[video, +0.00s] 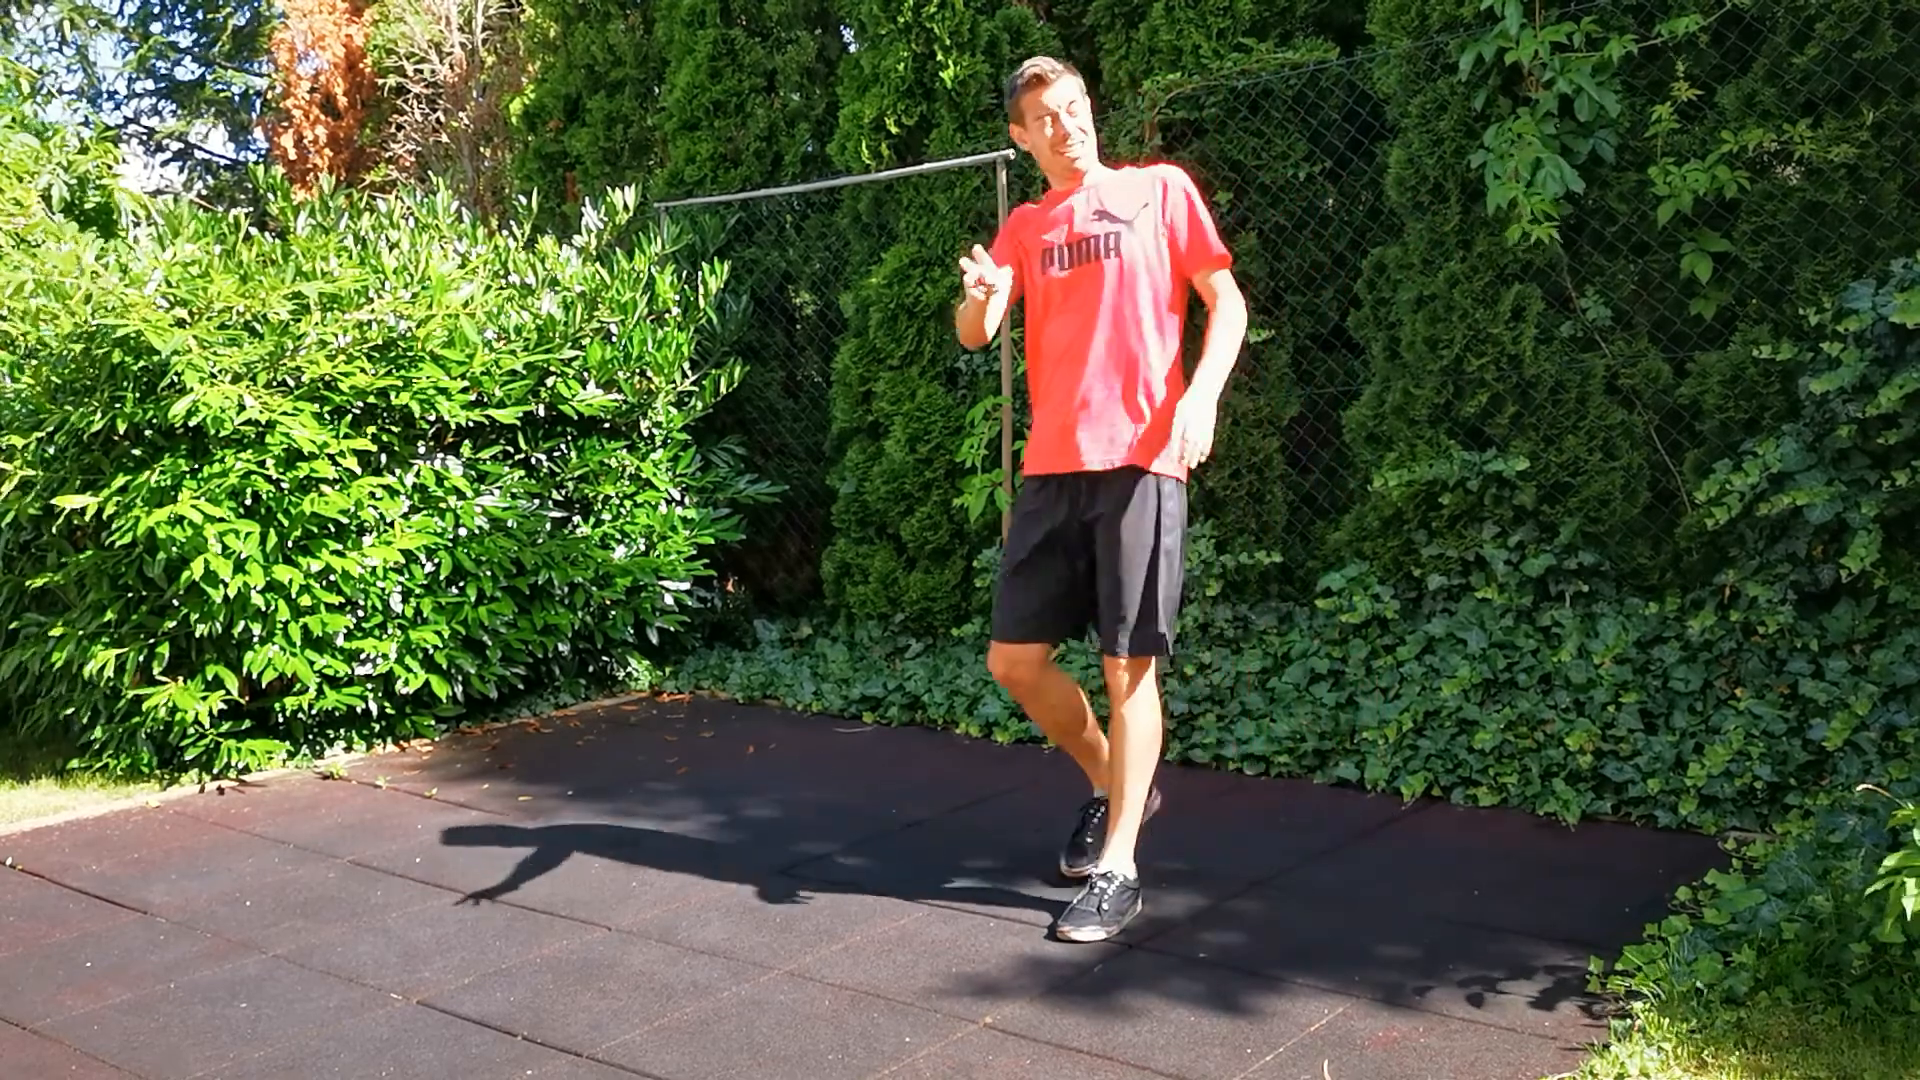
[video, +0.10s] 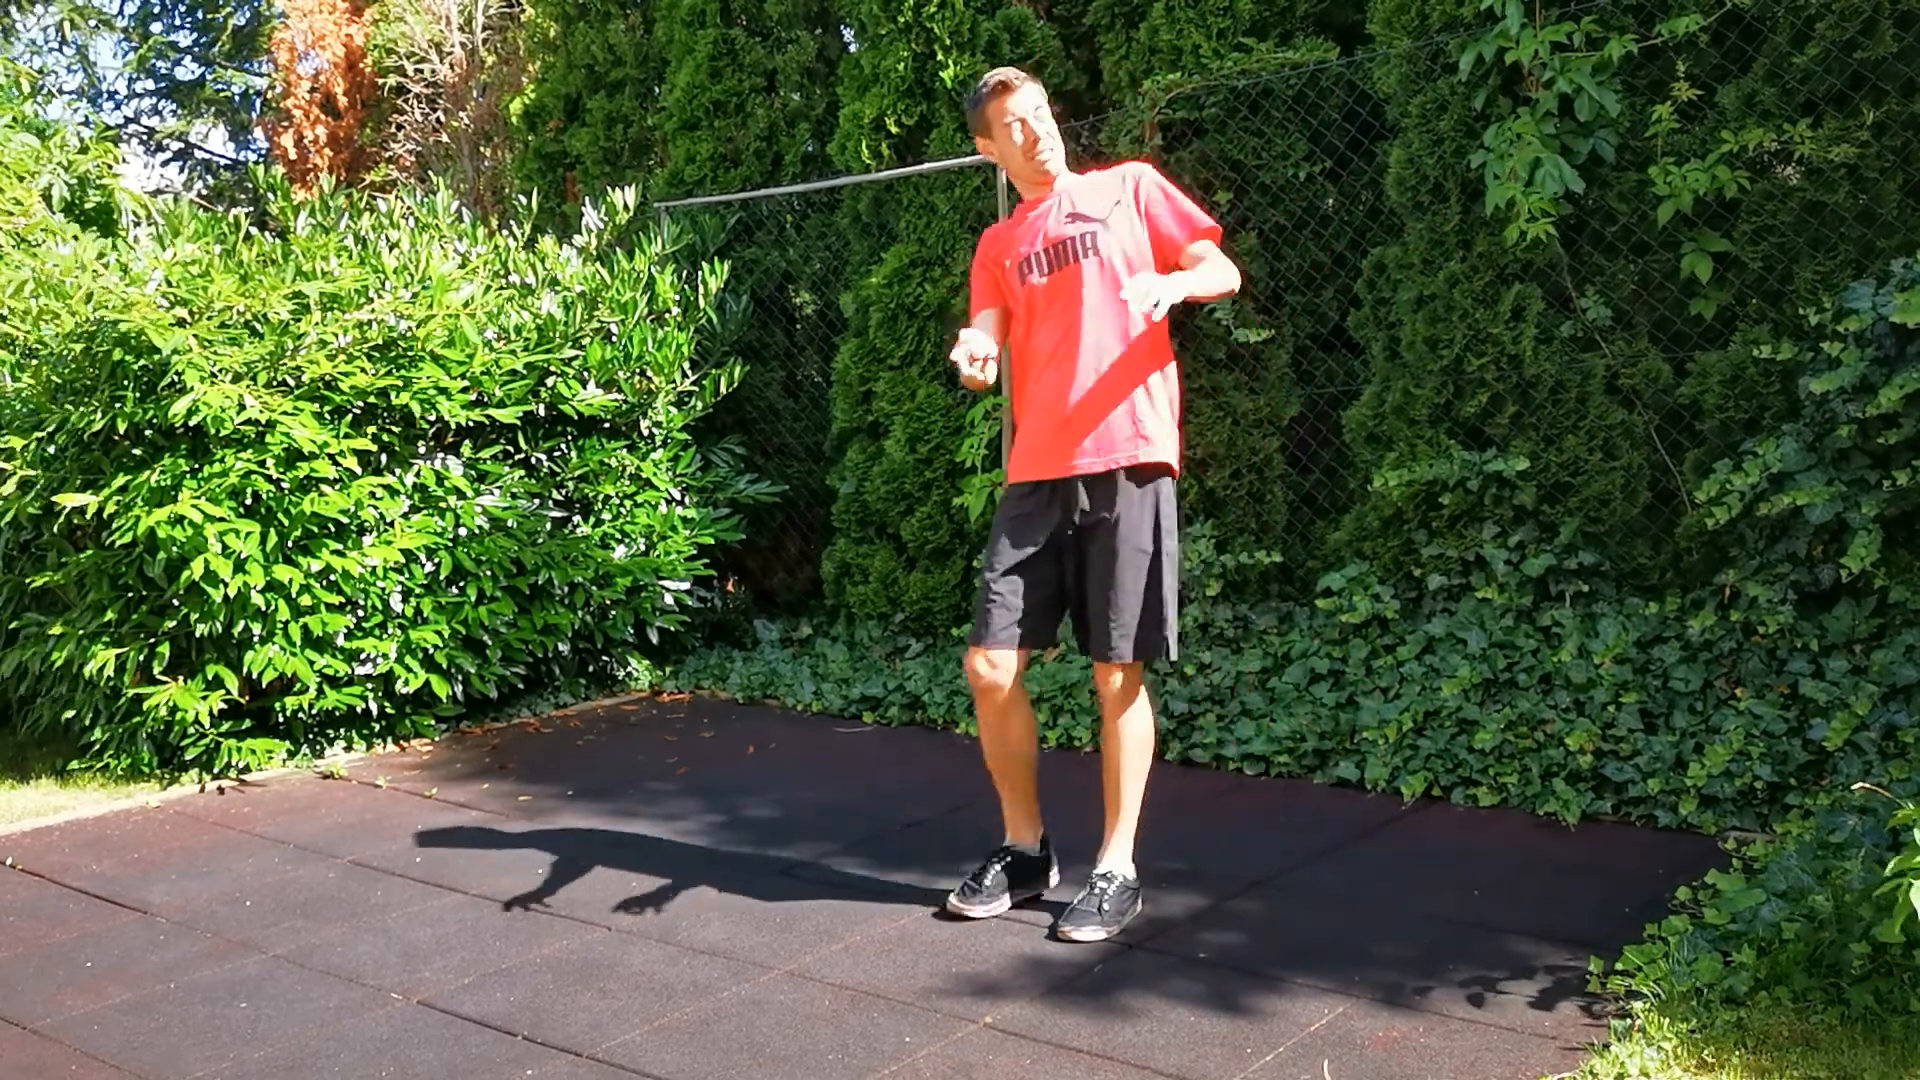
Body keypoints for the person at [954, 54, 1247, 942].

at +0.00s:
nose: (1059, 127)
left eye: (1066, 110)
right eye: (1040, 120)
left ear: (1090, 109)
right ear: (1020, 136)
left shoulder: (1161, 190)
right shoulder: (1020, 228)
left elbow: (1226, 302)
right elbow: (975, 335)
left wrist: (1201, 397)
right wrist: (980, 296)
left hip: (1140, 466)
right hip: (1050, 470)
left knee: (1128, 669)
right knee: (1016, 659)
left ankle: (1118, 868)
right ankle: (1117, 783)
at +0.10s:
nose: (1034, 126)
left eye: (1036, 110)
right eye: (1013, 123)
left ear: (1056, 115)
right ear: (989, 147)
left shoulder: (1133, 187)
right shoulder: (996, 245)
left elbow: (1222, 269)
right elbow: (985, 343)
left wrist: (1174, 283)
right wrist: (975, 356)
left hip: (1128, 467)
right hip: (1034, 475)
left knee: (1117, 675)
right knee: (990, 668)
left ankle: (1114, 873)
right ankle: (1024, 855)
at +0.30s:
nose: (968, 143)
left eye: (971, 125)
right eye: (947, 139)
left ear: (992, 128)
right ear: (924, 165)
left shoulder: (1073, 192)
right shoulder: (940, 260)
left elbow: (1191, 240)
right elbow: (948, 377)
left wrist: (1112, 177)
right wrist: (960, 410)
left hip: (1090, 469)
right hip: (994, 482)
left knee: (1087, 680)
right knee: (966, 681)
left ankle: (1112, 876)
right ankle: (966, 875)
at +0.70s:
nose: (873, 146)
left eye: (876, 129)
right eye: (852, 150)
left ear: (901, 131)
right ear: (841, 184)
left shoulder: (1000, 172)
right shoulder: (870, 274)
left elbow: (1119, 129)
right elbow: (891, 404)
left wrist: (1043, 49)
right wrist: (917, 418)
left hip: (1050, 456)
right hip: (954, 479)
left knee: (1068, 680)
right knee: (942, 694)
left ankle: (1104, 881)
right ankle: (964, 878)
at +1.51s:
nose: (942, 173)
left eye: (951, 152)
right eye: (926, 166)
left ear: (987, 139)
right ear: (918, 179)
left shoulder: (1077, 178)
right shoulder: (947, 269)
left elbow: (1180, 103)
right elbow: (926, 377)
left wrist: (1169, 2)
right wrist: (958, 284)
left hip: (1101, 463)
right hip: (1010, 481)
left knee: (1111, 680)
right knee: (960, 683)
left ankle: (1160, 865)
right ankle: (967, 874)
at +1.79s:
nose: (1048, 143)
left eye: (1060, 124)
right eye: (1034, 133)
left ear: (1101, 114)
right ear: (1024, 143)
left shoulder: (1150, 205)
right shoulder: (1018, 236)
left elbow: (1190, 147)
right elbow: (925, 282)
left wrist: (1124, 50)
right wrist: (944, 168)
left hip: (1136, 467)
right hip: (1043, 476)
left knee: (1129, 681)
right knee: (1003, 671)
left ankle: (1160, 864)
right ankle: (1073, 807)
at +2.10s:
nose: (1079, 153)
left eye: (1089, 136)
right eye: (1066, 142)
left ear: (1126, 129)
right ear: (1051, 145)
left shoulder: (1175, 192)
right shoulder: (1053, 228)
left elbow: (1132, 202)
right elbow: (970, 243)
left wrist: (1025, 132)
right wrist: (933, 173)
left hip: (1167, 469)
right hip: (1084, 478)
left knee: (1145, 656)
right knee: (1074, 664)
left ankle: (1170, 854)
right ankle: (1132, 826)